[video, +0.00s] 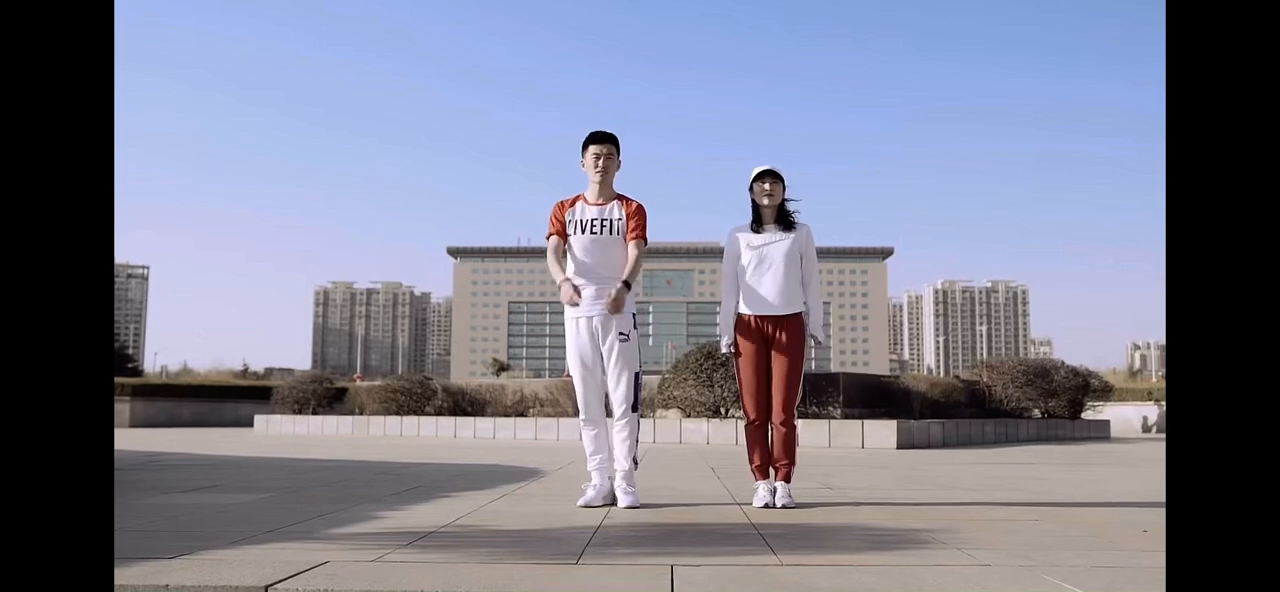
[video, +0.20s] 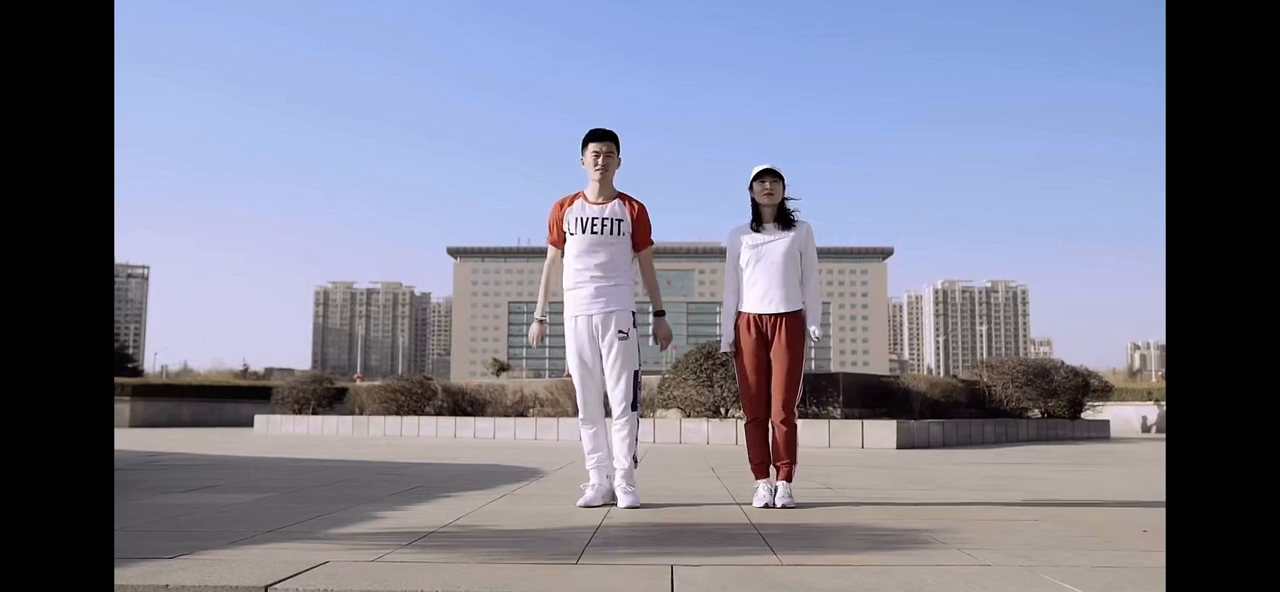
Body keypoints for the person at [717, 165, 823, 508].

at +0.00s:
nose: (768, 187)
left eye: (774, 182)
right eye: (761, 182)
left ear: (783, 191)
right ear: (752, 192)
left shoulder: (800, 233)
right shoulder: (738, 236)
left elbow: (812, 282)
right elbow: (729, 286)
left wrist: (815, 324)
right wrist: (726, 330)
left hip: (788, 325)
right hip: (748, 325)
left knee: (782, 411)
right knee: (754, 412)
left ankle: (783, 482)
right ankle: (762, 482)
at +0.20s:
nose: (768, 186)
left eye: (774, 182)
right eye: (761, 182)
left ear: (783, 191)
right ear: (752, 191)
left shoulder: (801, 231)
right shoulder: (738, 234)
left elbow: (811, 280)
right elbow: (731, 286)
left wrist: (813, 322)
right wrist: (726, 330)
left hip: (788, 323)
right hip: (748, 323)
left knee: (782, 407)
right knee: (754, 407)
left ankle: (784, 482)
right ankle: (762, 481)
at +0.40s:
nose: (768, 188)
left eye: (775, 183)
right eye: (762, 183)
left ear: (783, 191)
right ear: (752, 192)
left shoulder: (801, 233)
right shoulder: (739, 235)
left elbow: (811, 280)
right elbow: (730, 287)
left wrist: (811, 323)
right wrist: (725, 333)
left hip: (789, 325)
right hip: (749, 326)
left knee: (785, 408)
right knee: (755, 410)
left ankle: (783, 482)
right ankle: (762, 482)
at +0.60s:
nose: (769, 187)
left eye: (775, 182)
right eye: (762, 182)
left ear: (783, 191)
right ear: (752, 191)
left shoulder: (800, 233)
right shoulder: (738, 234)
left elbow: (811, 282)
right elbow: (730, 287)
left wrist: (814, 327)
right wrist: (727, 333)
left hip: (791, 325)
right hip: (751, 325)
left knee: (784, 409)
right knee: (755, 409)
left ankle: (783, 482)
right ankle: (762, 481)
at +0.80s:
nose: (768, 187)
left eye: (774, 182)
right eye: (761, 182)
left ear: (783, 191)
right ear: (751, 191)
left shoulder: (799, 234)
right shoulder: (736, 236)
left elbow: (811, 285)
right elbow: (730, 288)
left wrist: (814, 330)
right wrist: (728, 328)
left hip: (789, 324)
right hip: (749, 324)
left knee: (783, 409)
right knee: (755, 409)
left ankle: (783, 482)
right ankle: (762, 482)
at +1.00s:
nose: (767, 188)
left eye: (773, 183)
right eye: (760, 183)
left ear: (782, 191)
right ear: (751, 192)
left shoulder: (798, 233)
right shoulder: (736, 235)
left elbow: (810, 283)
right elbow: (729, 285)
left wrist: (814, 329)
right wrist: (728, 326)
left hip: (789, 323)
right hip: (749, 324)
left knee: (783, 408)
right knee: (754, 408)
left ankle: (783, 482)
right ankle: (762, 482)